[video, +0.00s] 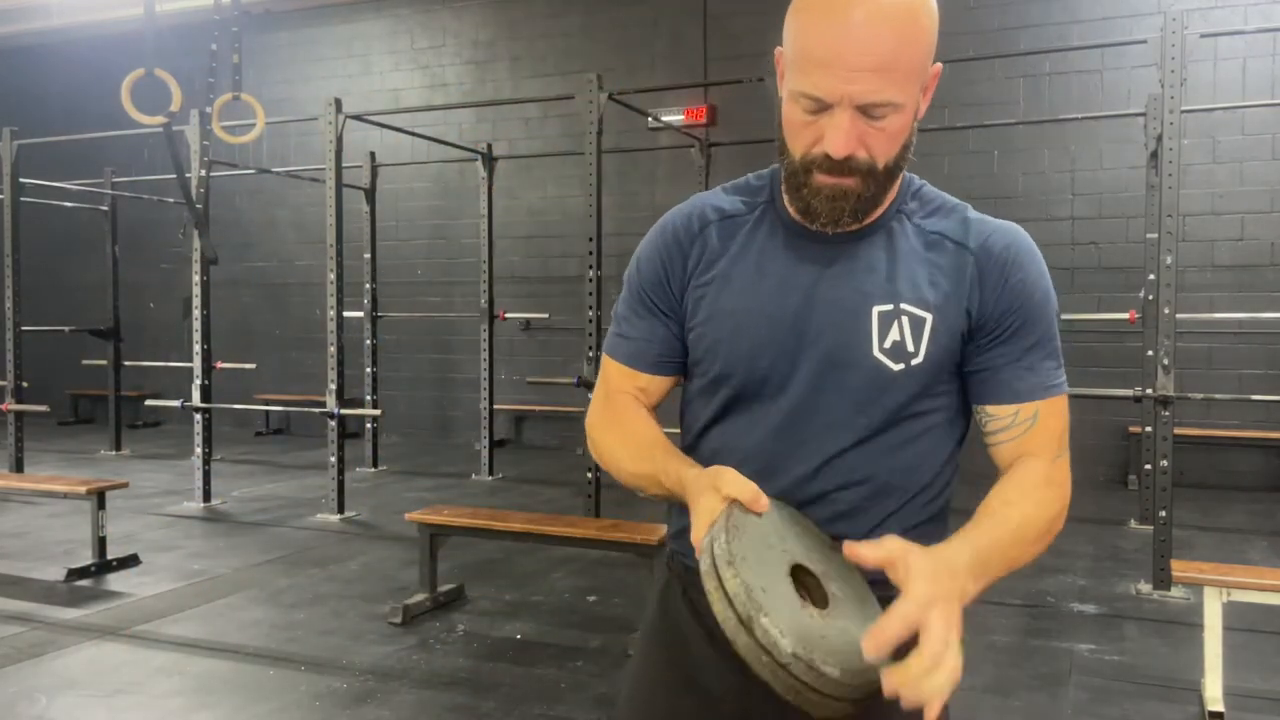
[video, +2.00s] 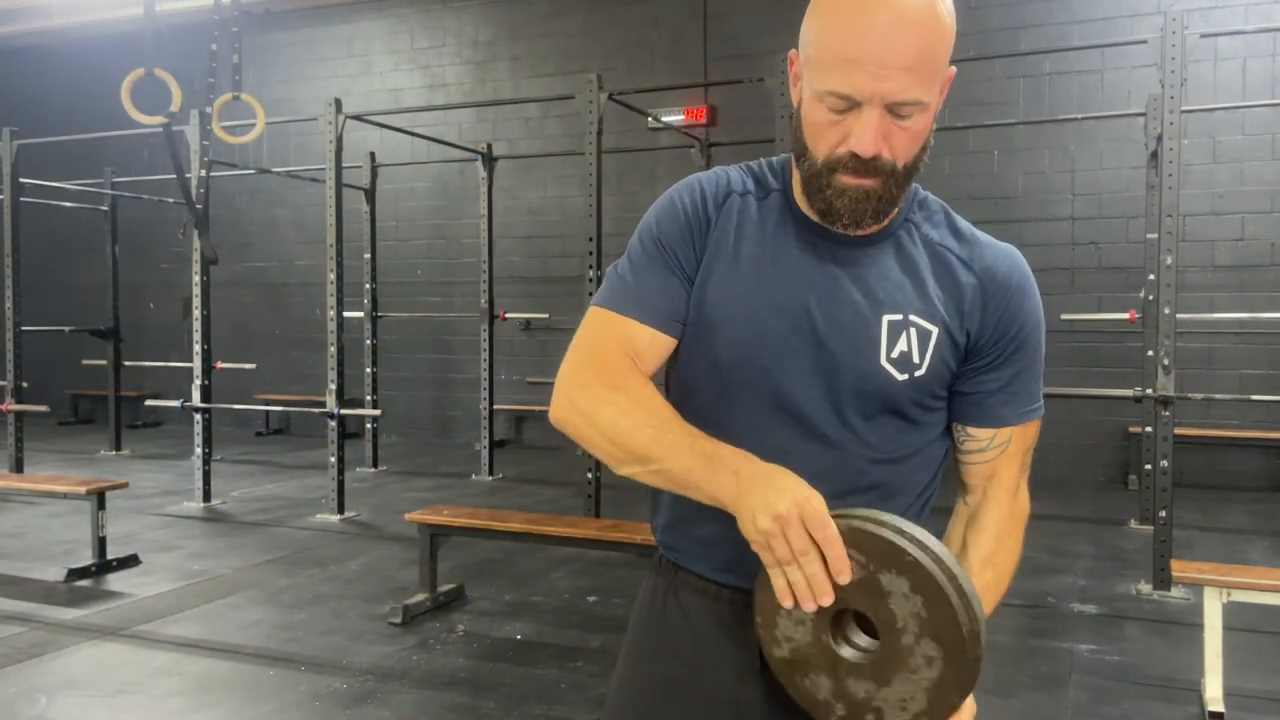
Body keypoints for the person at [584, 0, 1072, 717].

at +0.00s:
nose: (839, 144)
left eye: (874, 111)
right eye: (813, 106)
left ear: (926, 92)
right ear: (778, 74)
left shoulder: (991, 263)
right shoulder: (689, 242)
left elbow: (1040, 476)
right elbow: (612, 415)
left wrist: (953, 571)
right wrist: (686, 477)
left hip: (884, 634)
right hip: (702, 615)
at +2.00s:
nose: (867, 143)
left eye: (901, 111)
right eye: (840, 105)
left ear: (941, 99)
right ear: (795, 79)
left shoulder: (989, 283)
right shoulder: (700, 217)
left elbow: (995, 491)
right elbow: (587, 390)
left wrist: (938, 659)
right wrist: (742, 479)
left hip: (871, 648)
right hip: (693, 627)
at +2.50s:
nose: (851, 152)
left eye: (893, 124)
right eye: (833, 107)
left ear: (950, 112)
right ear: (803, 67)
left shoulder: (993, 290)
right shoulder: (703, 207)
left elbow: (1013, 511)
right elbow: (518, 304)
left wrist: (1022, 705)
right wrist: (631, 460)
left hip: (863, 644)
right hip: (691, 627)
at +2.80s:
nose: (835, 141)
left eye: (871, 112)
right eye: (813, 98)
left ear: (912, 100)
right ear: (771, 65)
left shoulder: (947, 273)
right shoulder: (662, 221)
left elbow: (979, 469)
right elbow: (489, 355)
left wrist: (1026, 667)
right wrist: (546, 535)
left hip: (845, 637)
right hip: (662, 624)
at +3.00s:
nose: (774, 158)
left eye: (806, 131)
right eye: (753, 117)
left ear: (831, 127)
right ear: (701, 84)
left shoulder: (846, 270)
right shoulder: (589, 242)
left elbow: (869, 437)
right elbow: (462, 428)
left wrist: (933, 607)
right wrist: (505, 623)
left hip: (788, 627)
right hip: (620, 626)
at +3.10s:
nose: (741, 168)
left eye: (772, 140)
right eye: (720, 127)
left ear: (797, 132)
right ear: (666, 88)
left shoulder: (801, 265)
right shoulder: (556, 246)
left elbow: (810, 421)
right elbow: (450, 443)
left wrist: (871, 585)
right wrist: (490, 647)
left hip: (755, 619)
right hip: (594, 624)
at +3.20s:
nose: (725, 172)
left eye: (755, 147)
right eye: (706, 133)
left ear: (780, 135)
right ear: (651, 92)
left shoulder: (761, 257)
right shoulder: (535, 249)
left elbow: (763, 413)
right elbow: (444, 464)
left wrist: (810, 565)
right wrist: (483, 667)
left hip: (730, 609)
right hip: (576, 620)